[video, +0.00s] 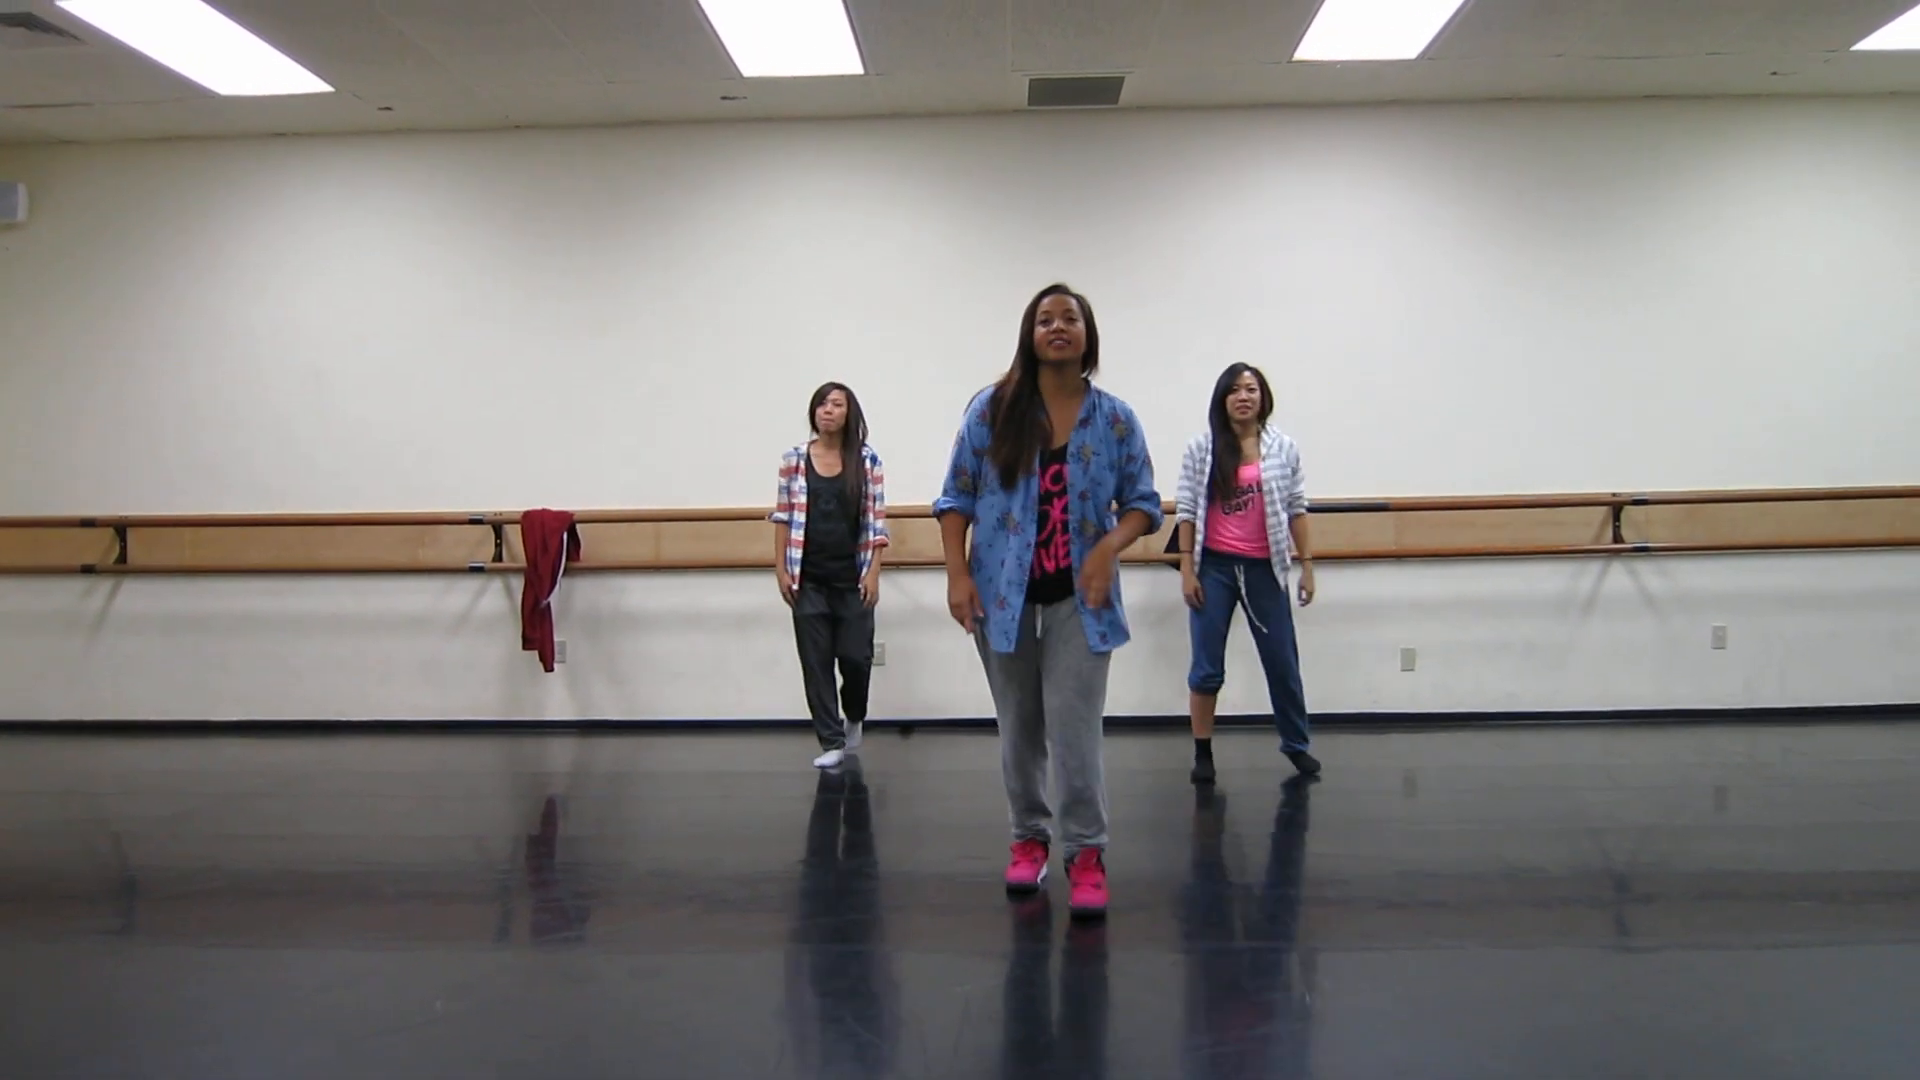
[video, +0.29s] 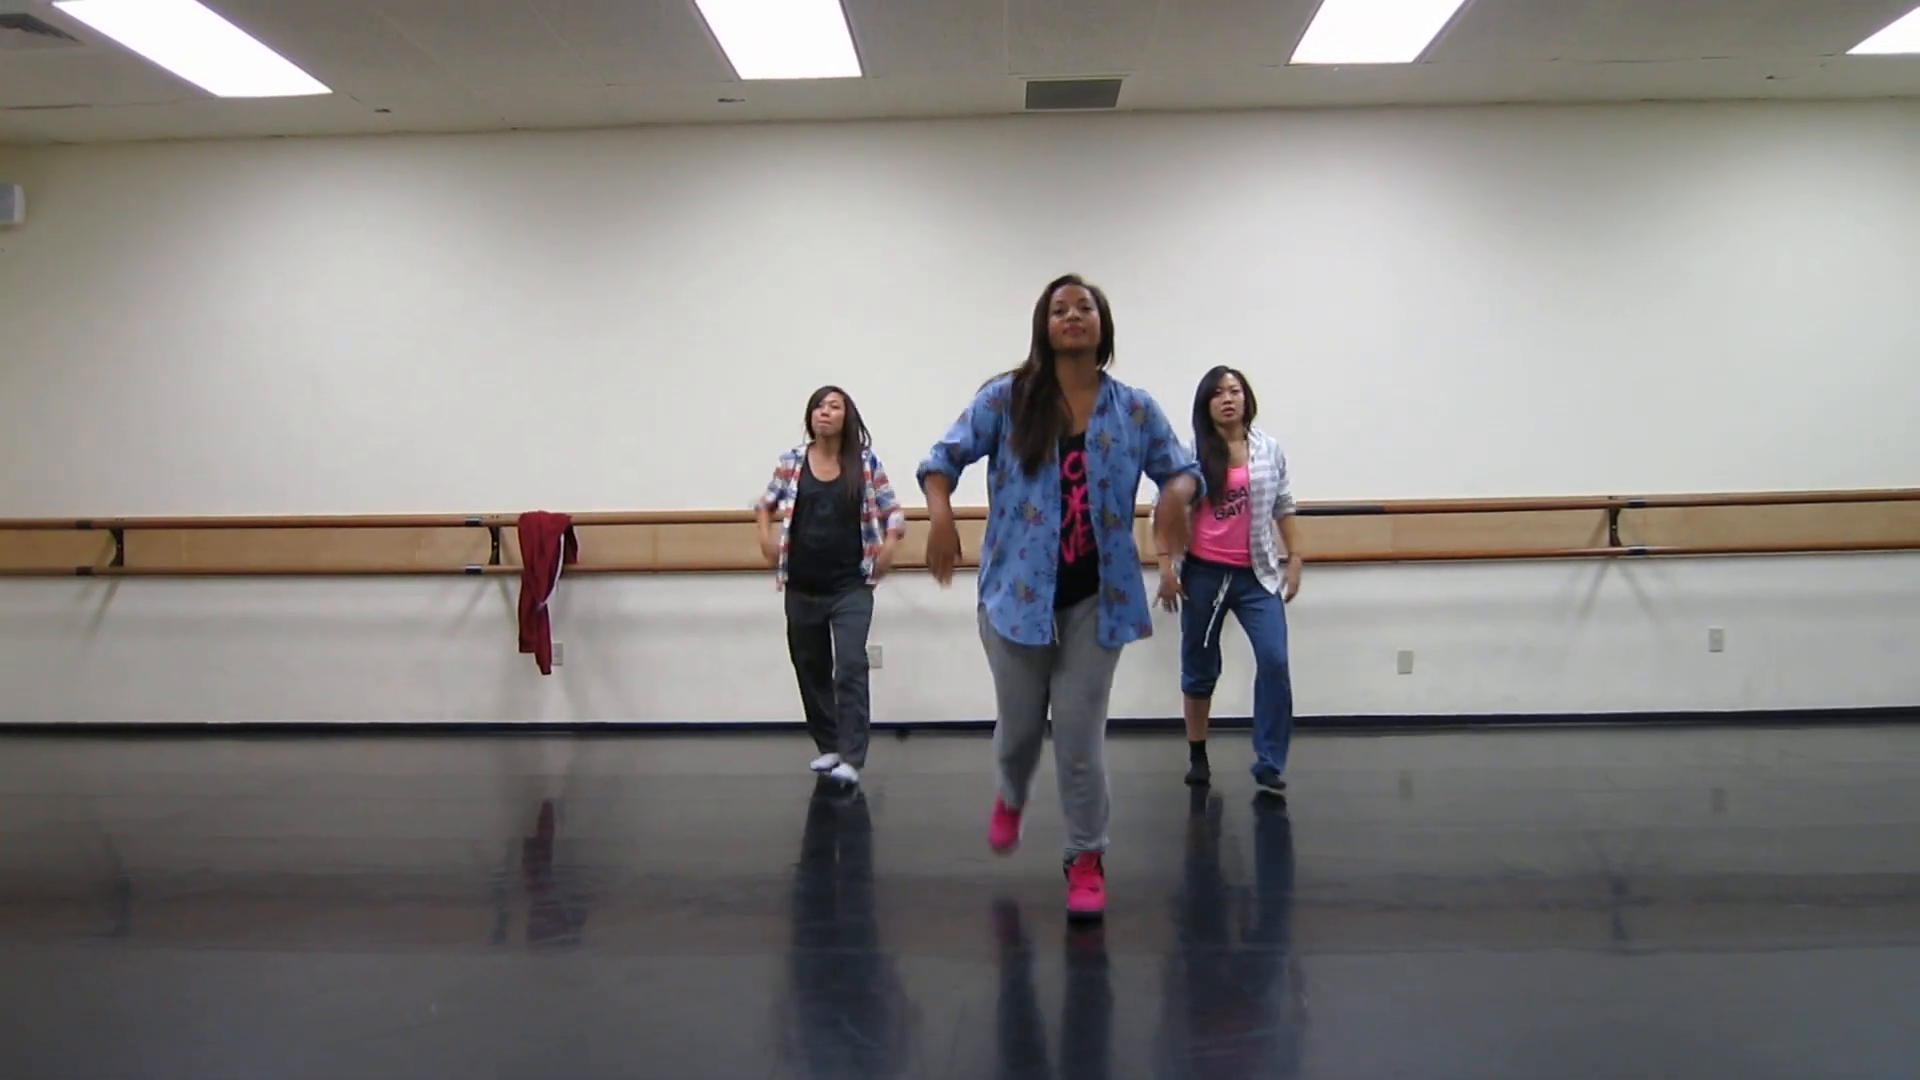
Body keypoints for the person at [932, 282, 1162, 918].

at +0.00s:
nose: (1058, 326)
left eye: (1070, 318)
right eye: (1046, 318)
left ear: (1088, 333)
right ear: (1028, 335)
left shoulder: (1114, 417)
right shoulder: (992, 409)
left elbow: (1142, 506)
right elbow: (955, 499)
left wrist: (1108, 549)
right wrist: (959, 573)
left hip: (1078, 600)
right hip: (1004, 601)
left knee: (1074, 727)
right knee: (1019, 729)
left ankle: (1085, 854)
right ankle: (1029, 839)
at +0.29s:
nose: (1074, 315)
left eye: (1084, 306)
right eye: (1061, 308)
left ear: (1104, 324)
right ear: (1043, 327)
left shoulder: (1134, 408)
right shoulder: (1007, 397)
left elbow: (1184, 470)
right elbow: (938, 462)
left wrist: (1175, 497)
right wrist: (942, 520)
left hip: (1096, 597)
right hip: (1017, 596)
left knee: (1076, 734)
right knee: (1020, 731)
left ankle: (1086, 859)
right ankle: (1011, 800)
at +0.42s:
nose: (1068, 329)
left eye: (1078, 321)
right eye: (1055, 324)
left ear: (1097, 339)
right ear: (1038, 344)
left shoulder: (1130, 420)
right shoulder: (1003, 413)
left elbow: (1193, 485)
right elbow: (941, 473)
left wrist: (1205, 422)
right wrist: (931, 427)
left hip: (1098, 612)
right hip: (1021, 612)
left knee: (1087, 746)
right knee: (1017, 749)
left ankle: (1083, 863)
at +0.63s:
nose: (1050, 335)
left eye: (1061, 325)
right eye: (1036, 329)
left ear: (1081, 341)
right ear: (1016, 348)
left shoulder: (1102, 409)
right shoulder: (990, 403)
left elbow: (1128, 464)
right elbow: (980, 436)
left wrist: (1092, 460)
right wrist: (1005, 406)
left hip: (1087, 597)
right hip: (1010, 600)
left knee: (1086, 740)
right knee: (1033, 733)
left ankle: (1091, 863)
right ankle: (1047, 873)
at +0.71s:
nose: (1046, 348)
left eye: (1058, 340)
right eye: (1033, 341)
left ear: (1076, 357)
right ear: (1013, 357)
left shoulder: (1093, 416)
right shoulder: (985, 407)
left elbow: (1086, 450)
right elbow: (971, 438)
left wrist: (1012, 428)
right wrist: (1047, 389)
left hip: (1075, 607)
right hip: (998, 608)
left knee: (1080, 747)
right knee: (1023, 726)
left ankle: (1086, 869)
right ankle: (1039, 853)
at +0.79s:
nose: (1013, 333)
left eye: (1026, 322)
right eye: (1001, 324)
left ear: (1050, 335)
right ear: (986, 339)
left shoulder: (1070, 404)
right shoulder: (964, 404)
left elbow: (1128, 421)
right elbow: (892, 426)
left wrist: (1060, 376)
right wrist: (956, 372)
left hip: (1063, 597)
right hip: (985, 599)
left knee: (1068, 741)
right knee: (987, 738)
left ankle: (1084, 866)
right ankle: (992, 871)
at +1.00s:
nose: (937, 333)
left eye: (950, 322)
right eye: (926, 327)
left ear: (977, 334)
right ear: (916, 346)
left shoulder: (1026, 393)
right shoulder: (900, 415)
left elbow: (1113, 386)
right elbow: (822, 425)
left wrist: (1034, 360)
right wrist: (864, 377)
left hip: (1027, 604)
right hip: (940, 611)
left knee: (1071, 738)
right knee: (918, 747)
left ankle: (1151, 841)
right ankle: (879, 868)